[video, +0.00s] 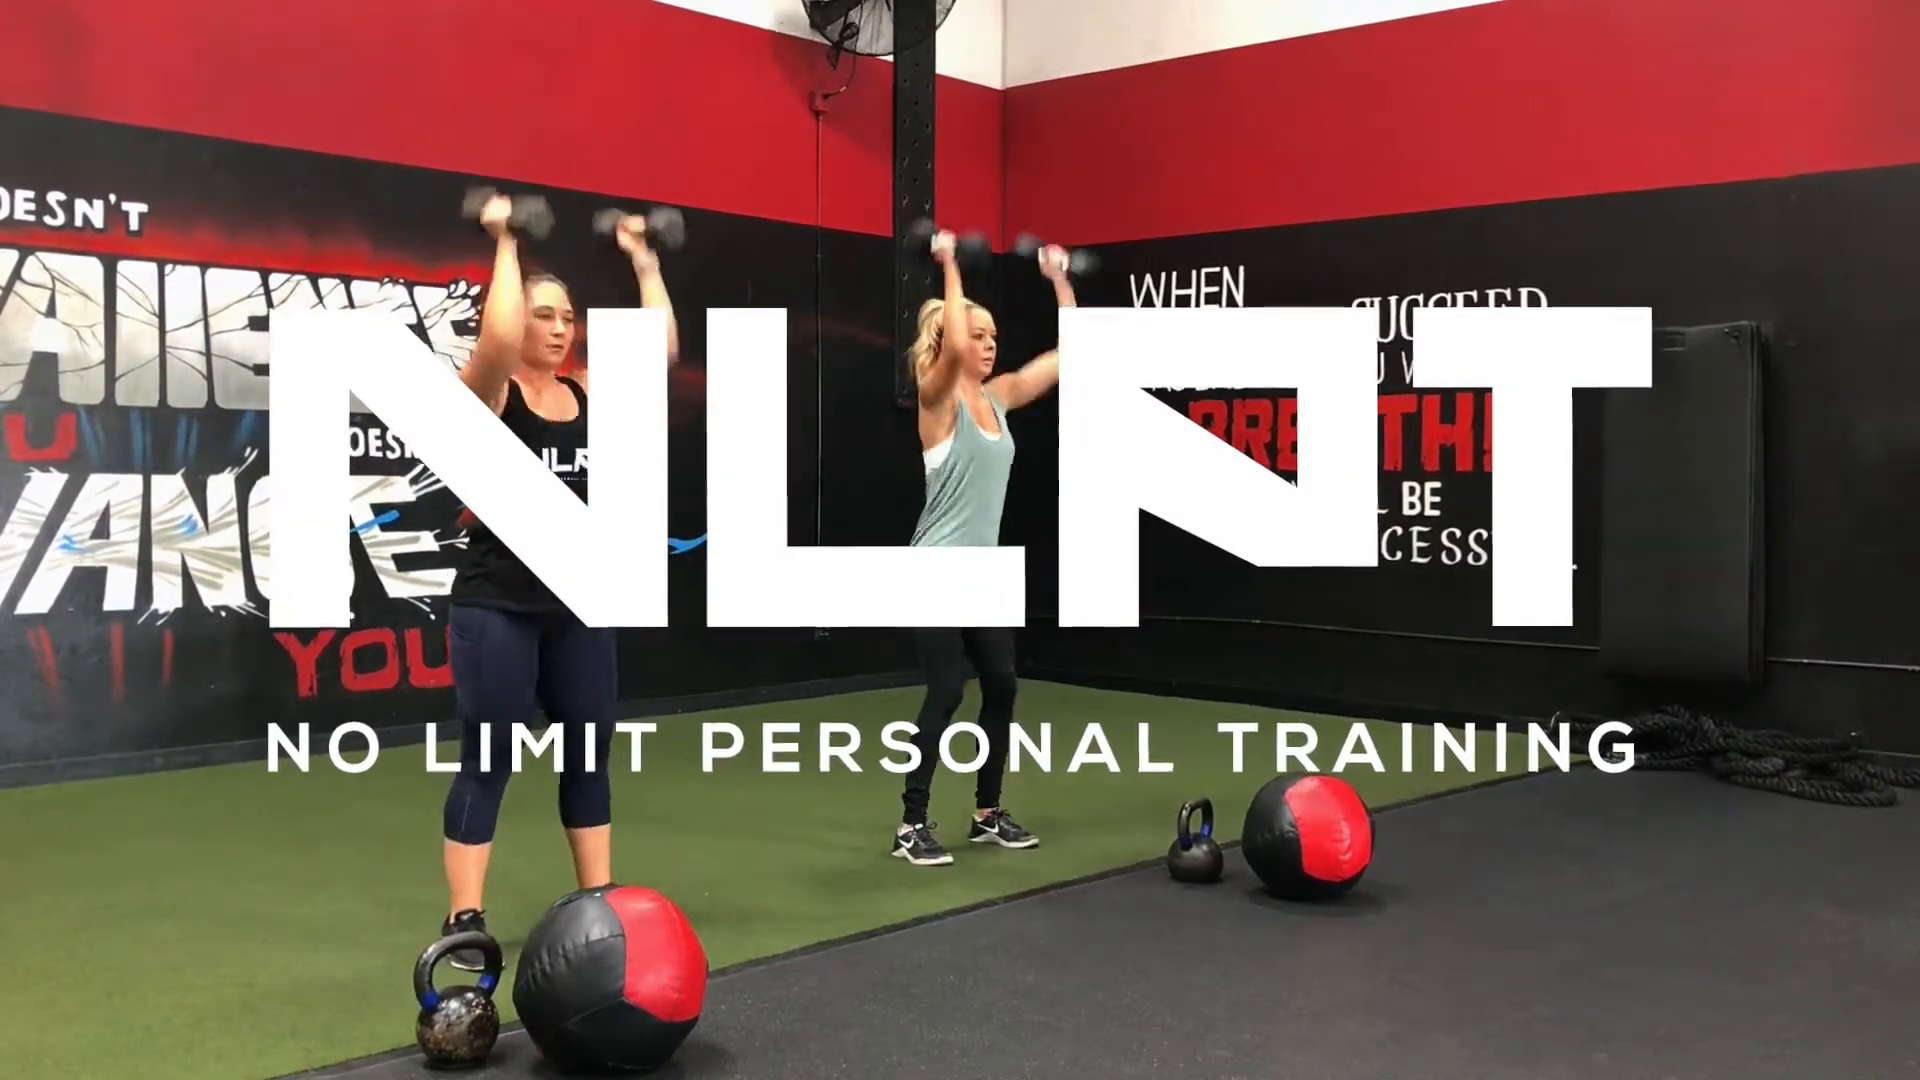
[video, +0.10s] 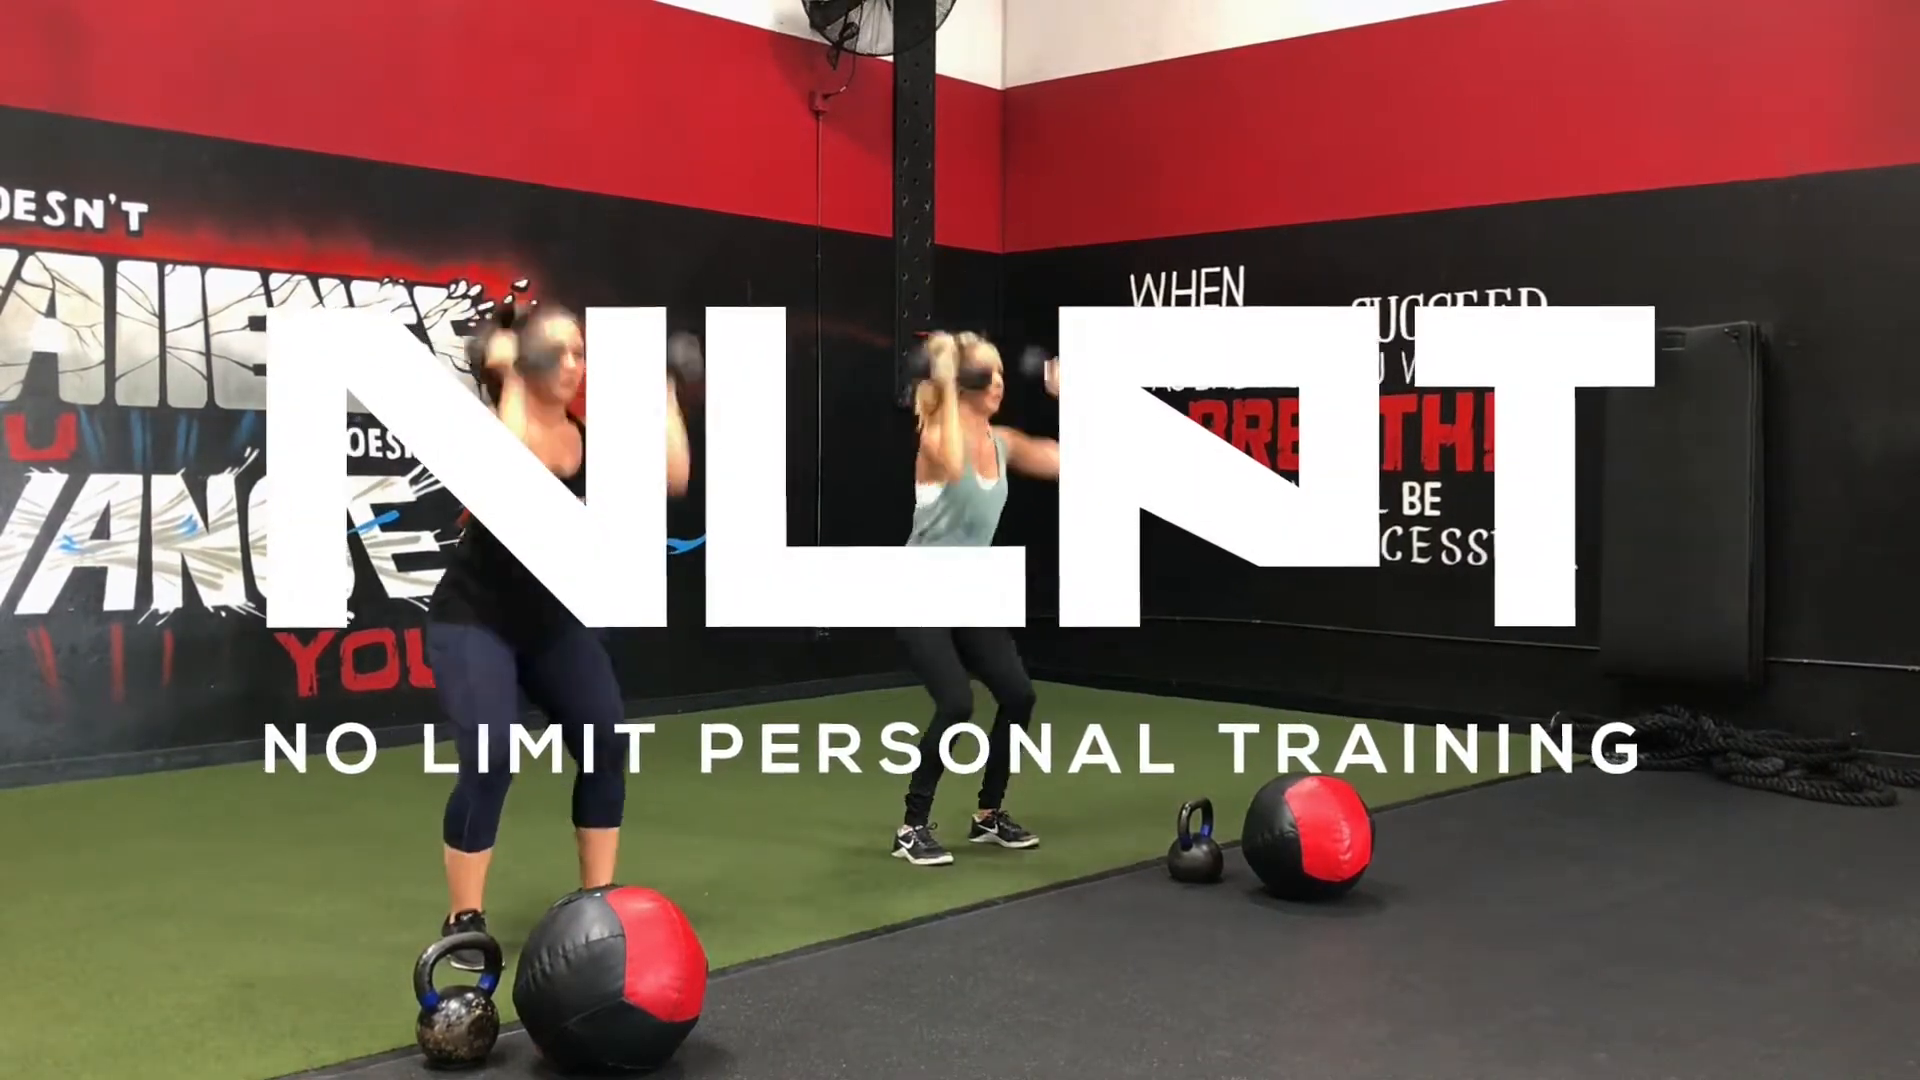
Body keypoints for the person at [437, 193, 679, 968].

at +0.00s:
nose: (559, 327)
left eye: (567, 316)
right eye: (543, 315)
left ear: (578, 328)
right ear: (509, 324)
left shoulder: (597, 396)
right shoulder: (489, 394)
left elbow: (663, 342)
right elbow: (497, 332)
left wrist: (642, 257)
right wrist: (506, 240)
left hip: (584, 603)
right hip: (496, 604)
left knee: (588, 756)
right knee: (487, 760)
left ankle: (598, 910)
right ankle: (466, 923)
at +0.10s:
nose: (578, 368)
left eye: (582, 354)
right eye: (564, 356)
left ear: (588, 362)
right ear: (526, 369)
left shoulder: (602, 426)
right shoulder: (494, 430)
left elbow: (676, 475)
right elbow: (501, 490)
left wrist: (662, 391)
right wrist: (507, 380)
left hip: (557, 616)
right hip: (475, 616)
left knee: (605, 739)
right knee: (488, 754)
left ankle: (597, 908)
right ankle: (466, 924)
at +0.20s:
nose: (584, 457)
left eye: (588, 444)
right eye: (570, 445)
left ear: (597, 451)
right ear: (530, 453)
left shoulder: (596, 511)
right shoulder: (494, 517)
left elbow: (644, 592)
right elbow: (508, 626)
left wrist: (645, 529)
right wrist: (518, 531)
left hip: (544, 664)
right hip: (461, 668)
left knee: (634, 753)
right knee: (490, 773)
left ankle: (595, 904)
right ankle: (465, 924)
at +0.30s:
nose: (572, 552)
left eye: (587, 538)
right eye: (562, 536)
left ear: (603, 546)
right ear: (535, 541)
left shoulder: (609, 597)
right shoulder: (495, 596)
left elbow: (632, 700)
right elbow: (502, 711)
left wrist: (652, 617)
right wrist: (512, 616)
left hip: (540, 724)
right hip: (455, 723)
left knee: (645, 764)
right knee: (497, 789)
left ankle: (597, 907)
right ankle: (466, 926)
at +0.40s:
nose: (576, 585)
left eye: (583, 572)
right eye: (564, 572)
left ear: (597, 576)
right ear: (537, 571)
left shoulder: (609, 614)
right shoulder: (493, 612)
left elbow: (631, 708)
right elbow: (507, 718)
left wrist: (651, 637)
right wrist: (521, 633)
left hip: (537, 730)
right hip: (449, 728)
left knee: (645, 764)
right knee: (495, 789)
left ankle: (598, 904)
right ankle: (466, 923)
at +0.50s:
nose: (584, 482)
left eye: (591, 469)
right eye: (571, 469)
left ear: (602, 476)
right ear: (536, 478)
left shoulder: (606, 537)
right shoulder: (496, 546)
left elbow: (647, 642)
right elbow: (513, 649)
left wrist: (649, 555)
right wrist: (527, 551)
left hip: (536, 679)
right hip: (456, 682)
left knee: (637, 760)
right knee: (488, 781)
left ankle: (596, 906)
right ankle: (466, 925)